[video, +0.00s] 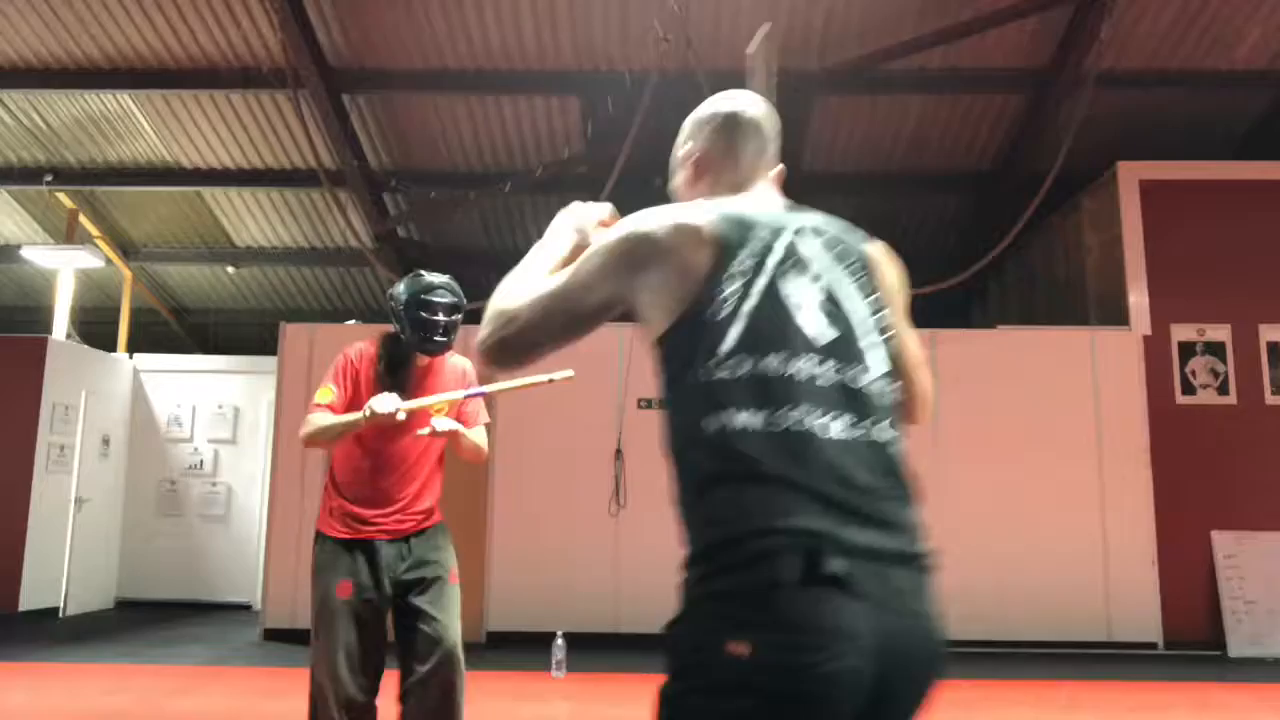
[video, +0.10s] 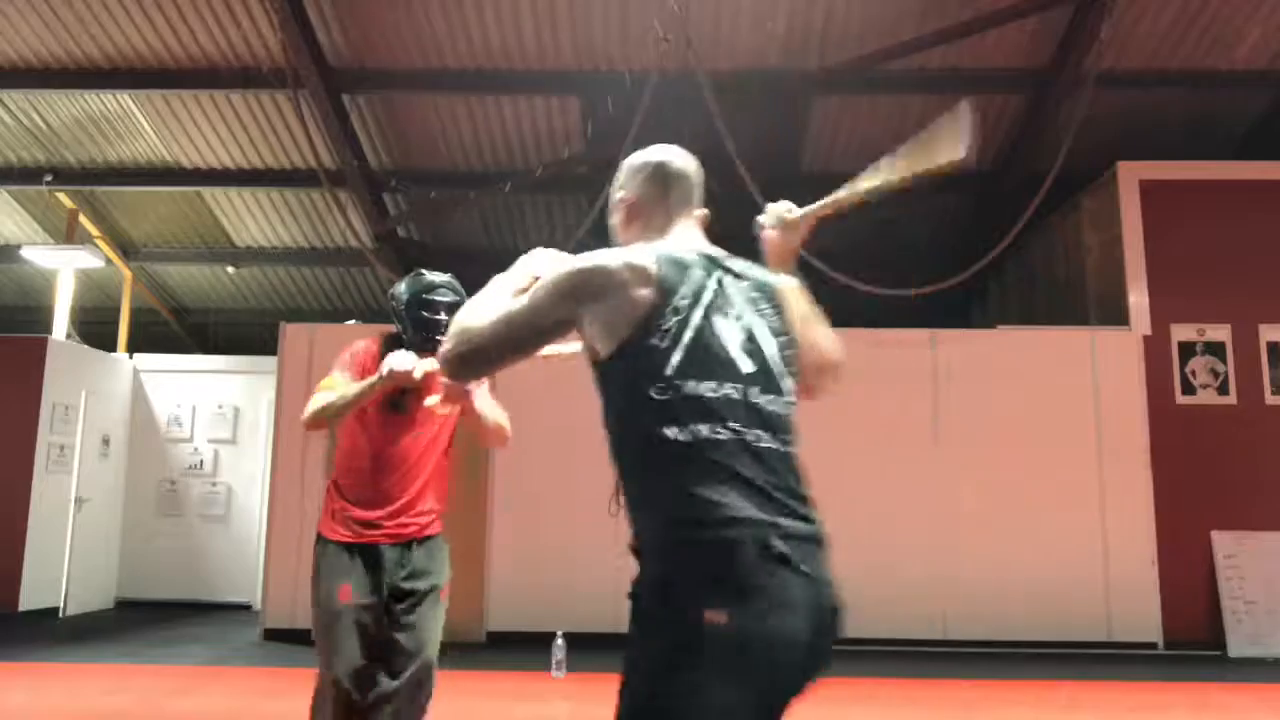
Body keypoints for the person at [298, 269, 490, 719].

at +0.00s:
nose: (440, 327)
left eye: (448, 318)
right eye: (428, 317)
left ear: (456, 321)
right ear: (401, 319)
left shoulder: (458, 371)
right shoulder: (357, 360)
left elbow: (479, 451)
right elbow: (309, 433)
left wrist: (456, 433)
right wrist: (364, 416)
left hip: (422, 536)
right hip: (347, 539)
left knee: (444, 651)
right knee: (341, 674)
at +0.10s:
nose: (442, 332)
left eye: (451, 321)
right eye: (431, 320)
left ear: (458, 323)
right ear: (405, 318)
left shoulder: (459, 369)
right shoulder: (366, 354)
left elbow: (500, 434)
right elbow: (313, 416)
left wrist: (468, 388)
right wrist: (380, 382)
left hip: (420, 541)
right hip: (347, 540)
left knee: (417, 665)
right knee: (343, 671)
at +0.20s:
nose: (440, 321)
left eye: (449, 312)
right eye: (433, 309)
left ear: (458, 318)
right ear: (406, 310)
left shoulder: (459, 368)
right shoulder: (373, 342)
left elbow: (526, 399)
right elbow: (334, 382)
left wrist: (487, 334)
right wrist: (403, 336)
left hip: (421, 539)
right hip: (348, 533)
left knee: (413, 676)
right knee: (325, 660)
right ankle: (339, 712)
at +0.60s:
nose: (420, 295)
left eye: (425, 285)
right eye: (408, 284)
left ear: (431, 292)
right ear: (373, 290)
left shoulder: (424, 351)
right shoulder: (337, 340)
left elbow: (482, 378)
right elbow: (310, 350)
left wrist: (544, 368)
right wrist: (365, 278)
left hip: (407, 532)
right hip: (337, 516)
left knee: (404, 678)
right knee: (327, 625)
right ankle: (292, 715)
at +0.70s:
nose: (395, 290)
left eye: (398, 279)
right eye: (384, 277)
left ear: (396, 290)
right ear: (353, 284)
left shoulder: (389, 356)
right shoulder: (309, 339)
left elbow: (411, 423)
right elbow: (283, 378)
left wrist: (479, 407)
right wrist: (340, 299)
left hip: (392, 539)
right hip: (323, 535)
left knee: (395, 692)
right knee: (298, 668)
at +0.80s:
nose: (361, 312)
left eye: (362, 307)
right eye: (353, 300)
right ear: (328, 298)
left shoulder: (348, 372)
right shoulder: (288, 343)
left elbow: (360, 468)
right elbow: (281, 380)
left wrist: (434, 465)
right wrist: (345, 322)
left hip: (368, 556)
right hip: (304, 556)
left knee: (391, 704)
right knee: (280, 702)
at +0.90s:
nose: (322, 320)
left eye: (322, 310)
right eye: (310, 309)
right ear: (279, 315)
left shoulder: (313, 396)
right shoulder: (238, 367)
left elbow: (342, 499)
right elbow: (255, 414)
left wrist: (405, 507)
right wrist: (350, 364)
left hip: (357, 556)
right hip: (296, 559)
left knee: (390, 703)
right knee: (300, 705)